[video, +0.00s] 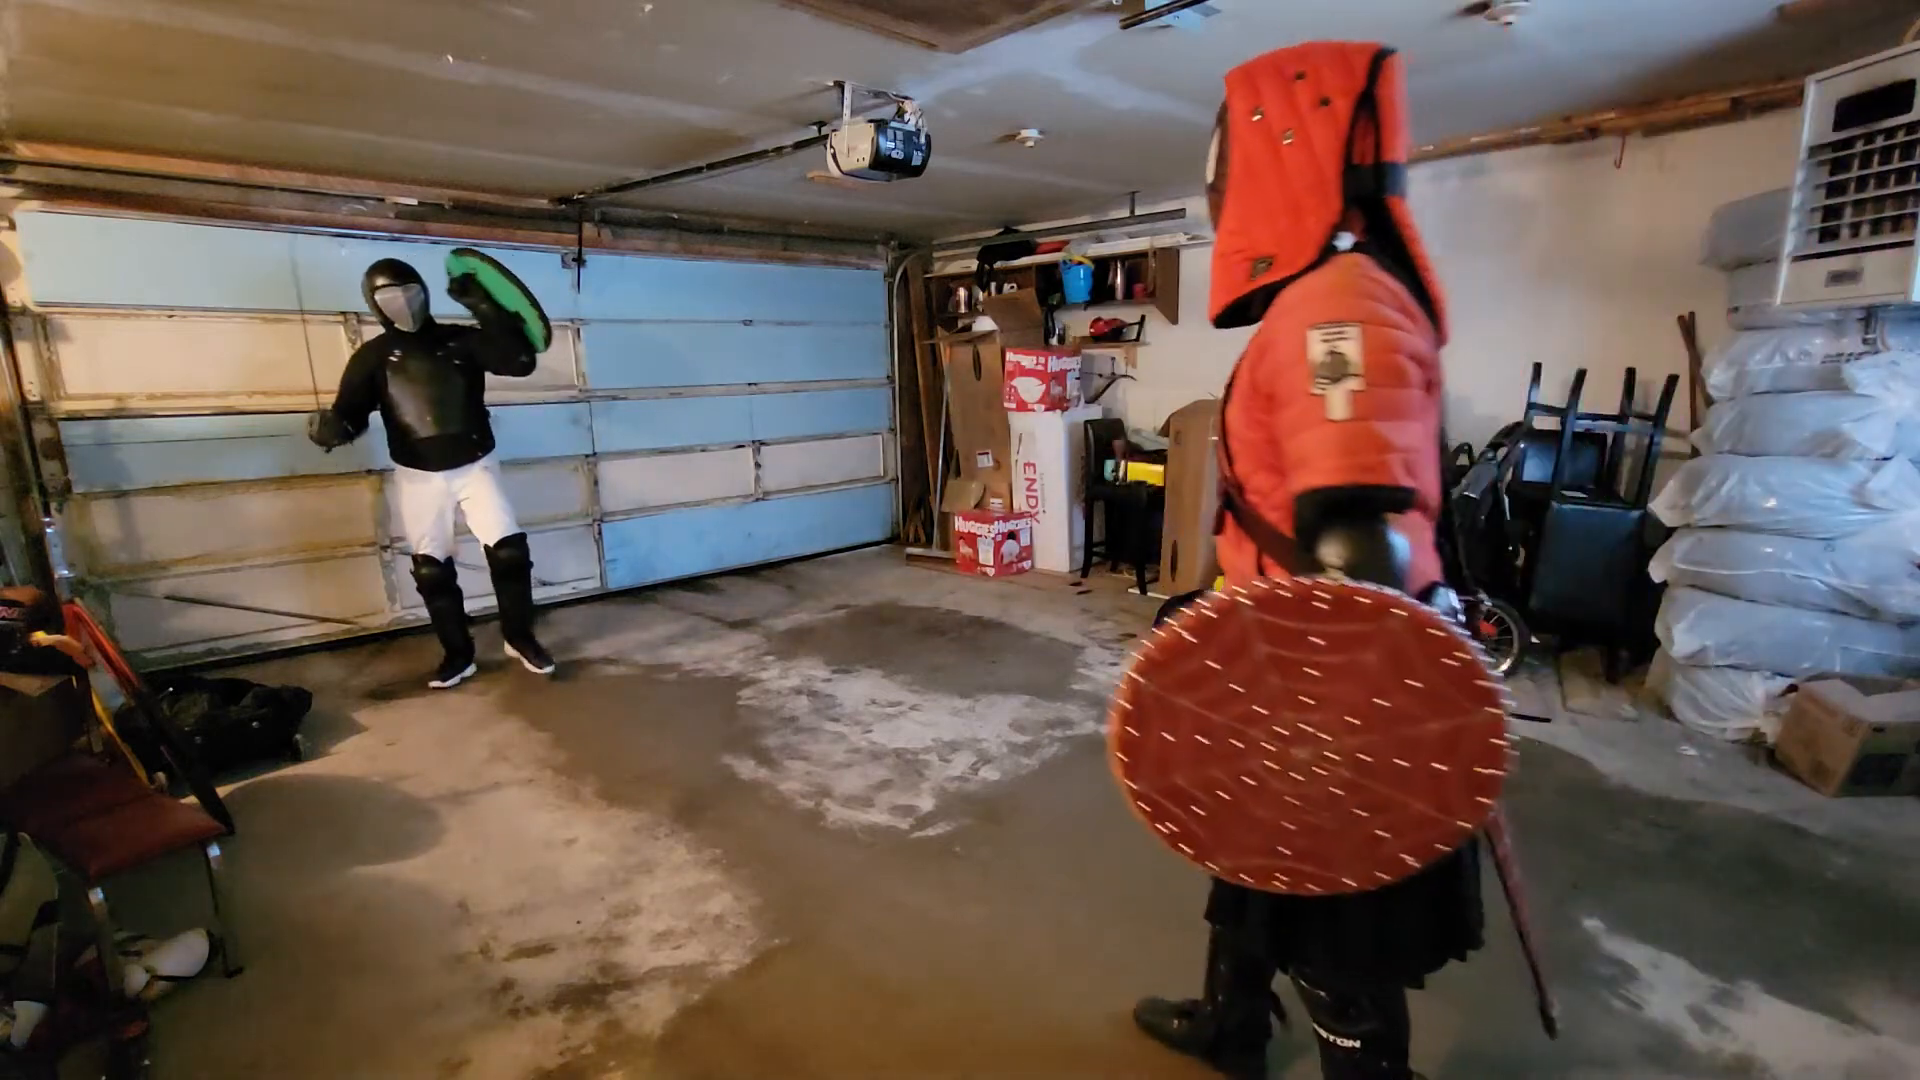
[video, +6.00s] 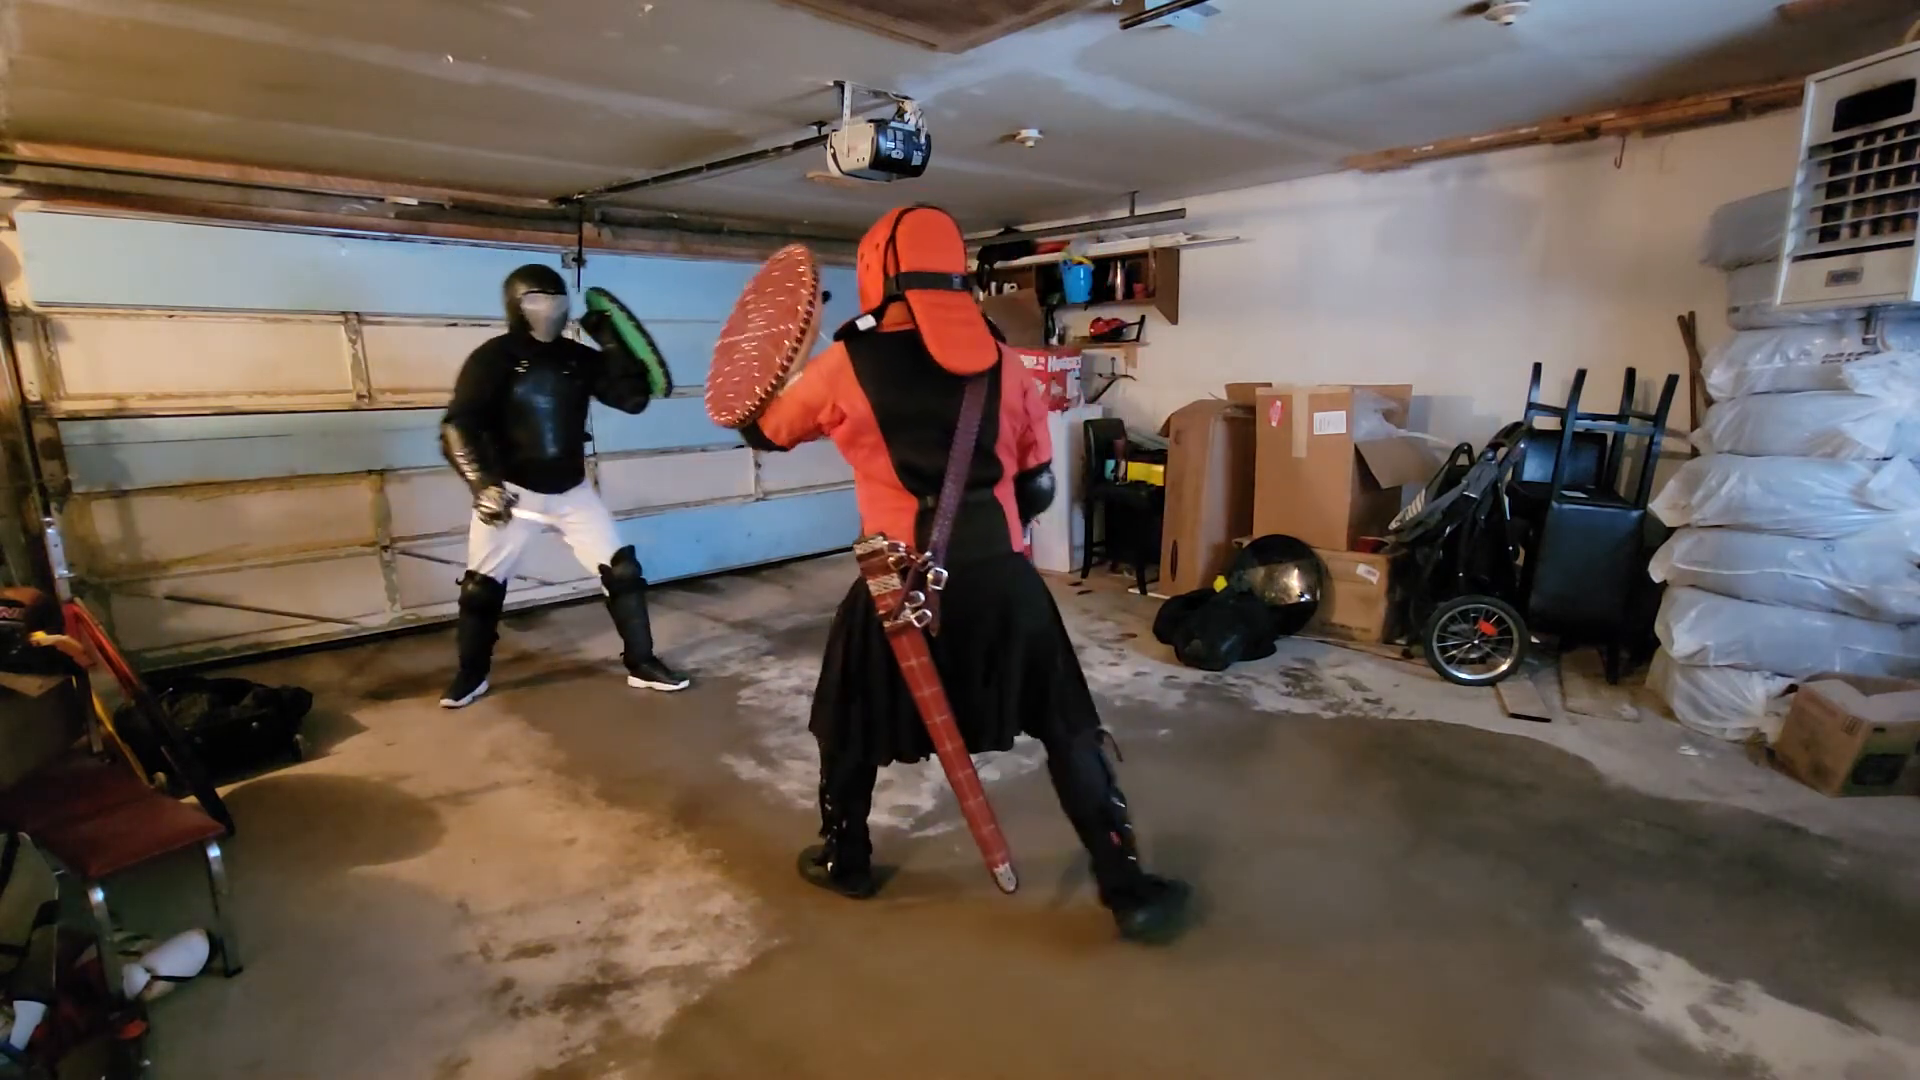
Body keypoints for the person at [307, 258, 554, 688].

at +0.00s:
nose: (401, 304)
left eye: (407, 293)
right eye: (388, 298)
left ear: (421, 293)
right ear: (375, 306)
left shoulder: (463, 341)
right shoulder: (371, 359)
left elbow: (521, 361)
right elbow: (349, 417)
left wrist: (481, 304)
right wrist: (331, 429)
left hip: (475, 468)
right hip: (417, 477)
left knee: (510, 551)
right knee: (430, 569)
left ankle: (520, 637)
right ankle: (458, 654)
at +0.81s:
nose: (408, 306)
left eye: (414, 295)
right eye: (395, 299)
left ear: (427, 296)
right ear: (379, 308)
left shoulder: (466, 347)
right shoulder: (372, 364)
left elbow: (513, 406)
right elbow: (361, 423)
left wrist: (510, 362)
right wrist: (366, 451)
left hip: (482, 473)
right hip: (422, 483)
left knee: (519, 558)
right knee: (433, 573)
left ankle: (547, 651)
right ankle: (459, 656)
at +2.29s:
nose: (455, 291)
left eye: (463, 279)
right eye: (441, 283)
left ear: (480, 280)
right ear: (428, 293)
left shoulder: (526, 342)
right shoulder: (419, 355)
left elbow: (591, 384)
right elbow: (381, 424)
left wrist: (563, 324)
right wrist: (385, 452)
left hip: (529, 496)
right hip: (459, 502)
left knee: (565, 595)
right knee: (454, 608)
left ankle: (589, 708)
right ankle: (482, 684)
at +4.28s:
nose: (520, 299)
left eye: (525, 289)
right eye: (509, 289)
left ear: (531, 293)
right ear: (478, 292)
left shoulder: (545, 349)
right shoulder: (441, 349)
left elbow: (605, 396)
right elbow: (410, 422)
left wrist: (590, 336)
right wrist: (450, 464)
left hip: (538, 495)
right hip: (470, 498)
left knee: (568, 594)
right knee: (464, 601)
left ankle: (572, 701)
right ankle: (481, 684)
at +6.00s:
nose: (563, 302)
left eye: (561, 294)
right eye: (551, 294)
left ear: (558, 302)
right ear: (525, 302)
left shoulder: (580, 358)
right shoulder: (491, 359)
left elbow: (633, 397)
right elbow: (457, 427)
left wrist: (610, 340)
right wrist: (482, 486)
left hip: (572, 493)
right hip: (508, 493)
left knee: (622, 571)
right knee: (480, 589)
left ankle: (642, 662)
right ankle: (471, 674)